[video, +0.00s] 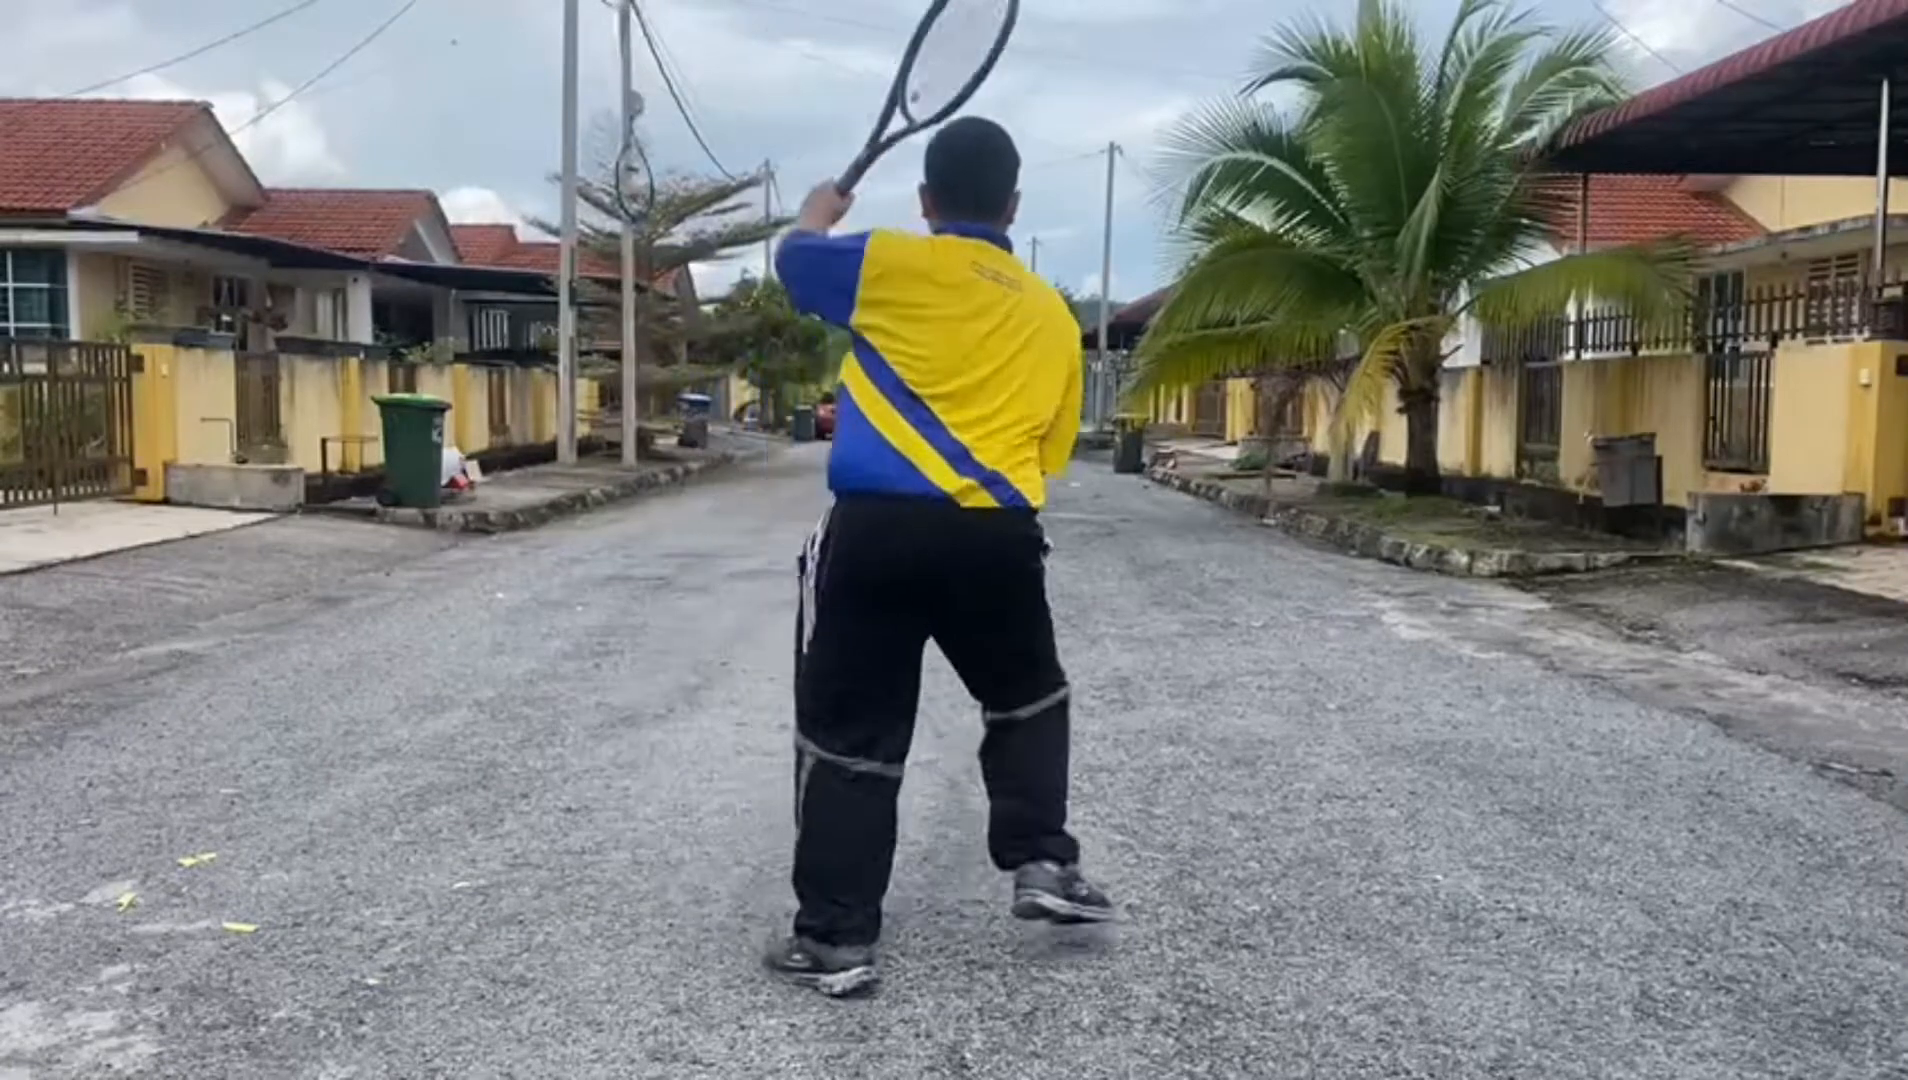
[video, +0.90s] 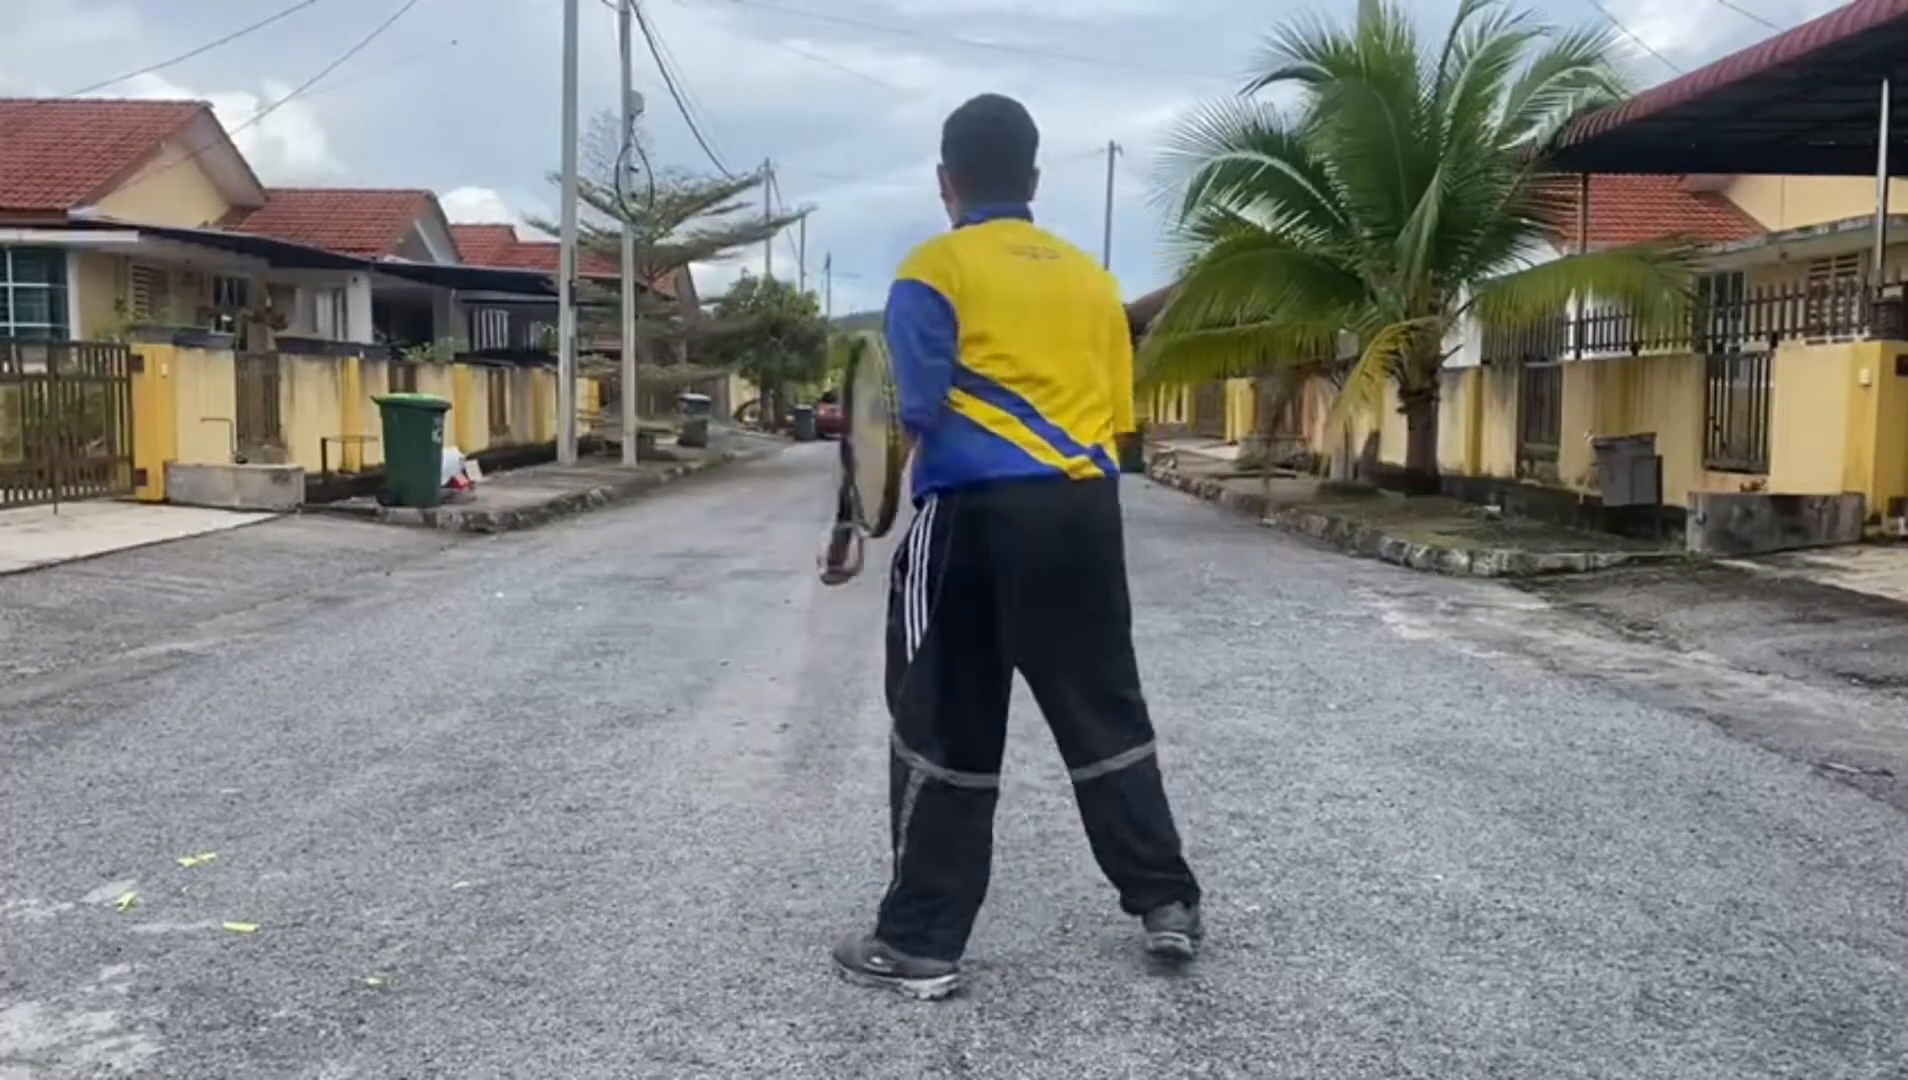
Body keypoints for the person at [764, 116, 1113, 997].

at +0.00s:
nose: (922, 205)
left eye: (923, 195)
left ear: (929, 200)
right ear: (1013, 204)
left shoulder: (893, 261)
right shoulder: (1053, 316)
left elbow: (796, 263)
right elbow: (1053, 452)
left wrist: (819, 218)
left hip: (876, 534)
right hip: (994, 544)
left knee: (854, 732)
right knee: (1027, 697)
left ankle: (836, 935)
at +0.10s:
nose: (974, 204)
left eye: (973, 191)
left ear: (977, 194)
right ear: (1062, 200)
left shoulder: (940, 266)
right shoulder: (1106, 310)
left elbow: (831, 339)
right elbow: (1104, 438)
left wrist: (886, 286)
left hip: (937, 530)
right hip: (1054, 536)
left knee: (886, 728)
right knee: (1089, 718)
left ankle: (840, 938)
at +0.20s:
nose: (1013, 214)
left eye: (1013, 203)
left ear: (1014, 208)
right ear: (1100, 211)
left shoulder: (978, 286)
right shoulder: (1144, 310)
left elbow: (883, 395)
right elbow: (1167, 449)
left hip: (1006, 537)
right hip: (1120, 538)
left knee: (931, 732)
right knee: (1129, 727)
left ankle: (857, 933)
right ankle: (1173, 922)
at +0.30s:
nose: (1024, 215)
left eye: (1025, 206)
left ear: (1034, 208)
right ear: (1117, 210)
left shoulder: (1004, 285)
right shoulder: (1169, 304)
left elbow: (951, 409)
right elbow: (1213, 436)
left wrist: (908, 519)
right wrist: (1230, 530)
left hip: (1026, 528)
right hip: (1148, 531)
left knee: (971, 720)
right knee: (1147, 721)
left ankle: (923, 929)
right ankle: (1173, 921)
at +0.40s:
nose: (1037, 203)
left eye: (1038, 193)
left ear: (1045, 197)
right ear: (1128, 197)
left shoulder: (1019, 271)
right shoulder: (1180, 291)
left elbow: (979, 387)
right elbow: (1256, 413)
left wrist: (933, 491)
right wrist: (1326, 483)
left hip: (1039, 510)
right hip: (1156, 511)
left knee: (995, 695)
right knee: (1148, 707)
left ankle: (997, 900)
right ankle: (1174, 918)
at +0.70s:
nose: (1001, 192)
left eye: (1001, 182)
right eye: (1010, 182)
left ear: (1014, 185)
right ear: (1094, 184)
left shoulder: (1007, 257)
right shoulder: (1157, 272)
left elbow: (975, 337)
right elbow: (1228, 393)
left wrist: (926, 406)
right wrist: (1301, 467)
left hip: (1038, 516)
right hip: (1146, 516)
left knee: (993, 719)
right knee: (1143, 718)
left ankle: (930, 933)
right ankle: (1175, 925)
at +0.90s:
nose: (940, 189)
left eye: (941, 177)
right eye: (946, 177)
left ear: (949, 179)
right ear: (1034, 179)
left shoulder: (932, 271)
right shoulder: (1091, 277)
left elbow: (922, 413)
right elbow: (1114, 416)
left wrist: (918, 511)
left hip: (971, 521)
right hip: (1080, 520)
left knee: (946, 727)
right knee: (1104, 711)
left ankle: (921, 942)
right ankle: (1167, 902)